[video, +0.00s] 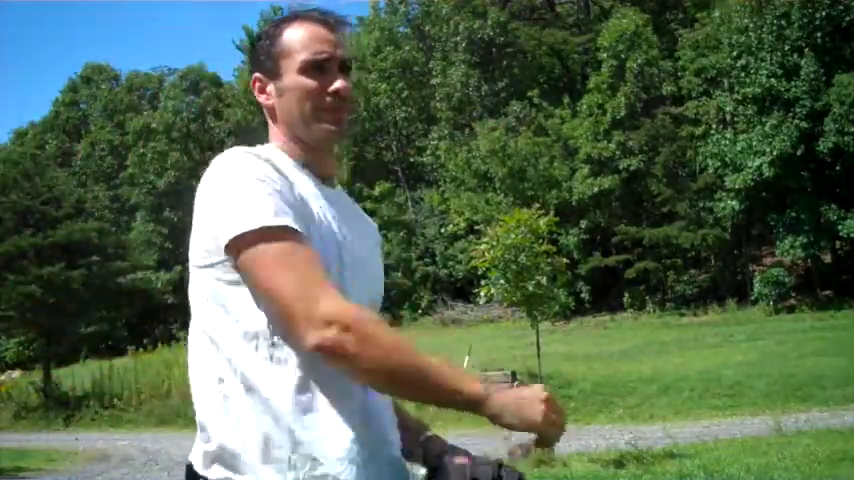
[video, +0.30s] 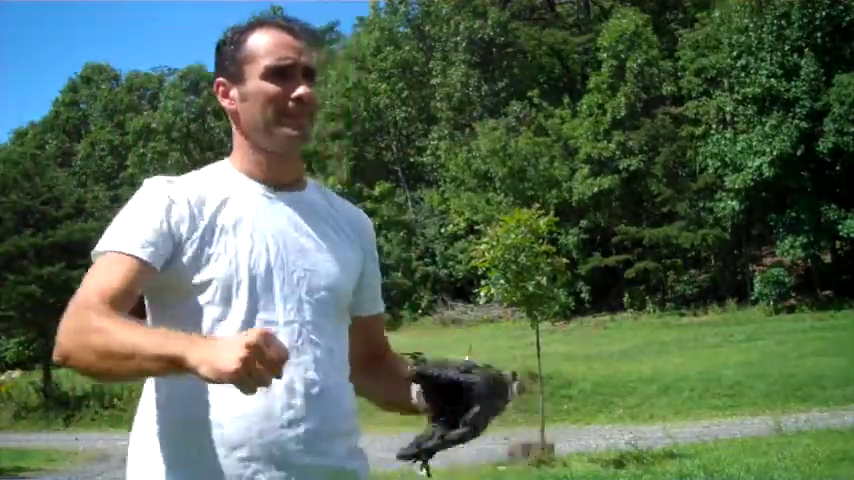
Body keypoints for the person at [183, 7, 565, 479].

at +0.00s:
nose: (341, 85)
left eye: (345, 69)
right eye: (317, 69)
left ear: (353, 80)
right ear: (265, 91)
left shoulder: (361, 224)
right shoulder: (242, 177)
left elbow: (354, 383)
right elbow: (325, 329)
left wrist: (436, 453)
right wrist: (491, 399)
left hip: (366, 466)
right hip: (264, 465)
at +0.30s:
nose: (303, 91)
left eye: (309, 77)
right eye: (279, 75)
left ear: (318, 88)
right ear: (228, 94)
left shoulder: (351, 226)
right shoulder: (171, 203)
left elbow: (370, 361)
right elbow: (77, 334)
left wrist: (432, 391)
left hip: (328, 467)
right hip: (198, 469)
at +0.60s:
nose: (260, 103)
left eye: (266, 88)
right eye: (238, 86)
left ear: (275, 97)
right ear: (186, 103)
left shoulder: (325, 215)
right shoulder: (134, 214)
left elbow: (418, 349)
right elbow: (47, 348)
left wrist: (323, 317)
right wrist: (179, 303)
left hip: (289, 469)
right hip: (163, 468)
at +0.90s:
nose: (232, 108)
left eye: (239, 94)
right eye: (210, 92)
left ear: (249, 107)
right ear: (160, 112)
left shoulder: (311, 218)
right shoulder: (118, 219)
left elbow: (384, 360)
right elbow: (21, 348)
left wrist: (280, 306)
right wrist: (138, 299)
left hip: (276, 468)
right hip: (148, 469)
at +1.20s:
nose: (228, 109)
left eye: (234, 94)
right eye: (207, 93)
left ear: (243, 105)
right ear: (156, 113)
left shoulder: (299, 220)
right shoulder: (108, 230)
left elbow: (344, 383)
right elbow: (49, 387)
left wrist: (303, 303)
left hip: (271, 469)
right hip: (143, 471)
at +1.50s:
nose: (227, 106)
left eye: (233, 91)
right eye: (205, 90)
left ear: (242, 104)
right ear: (154, 111)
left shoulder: (283, 223)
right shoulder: (103, 232)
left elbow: (347, 383)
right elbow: (56, 389)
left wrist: (328, 282)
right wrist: (45, 477)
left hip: (272, 470)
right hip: (141, 470)